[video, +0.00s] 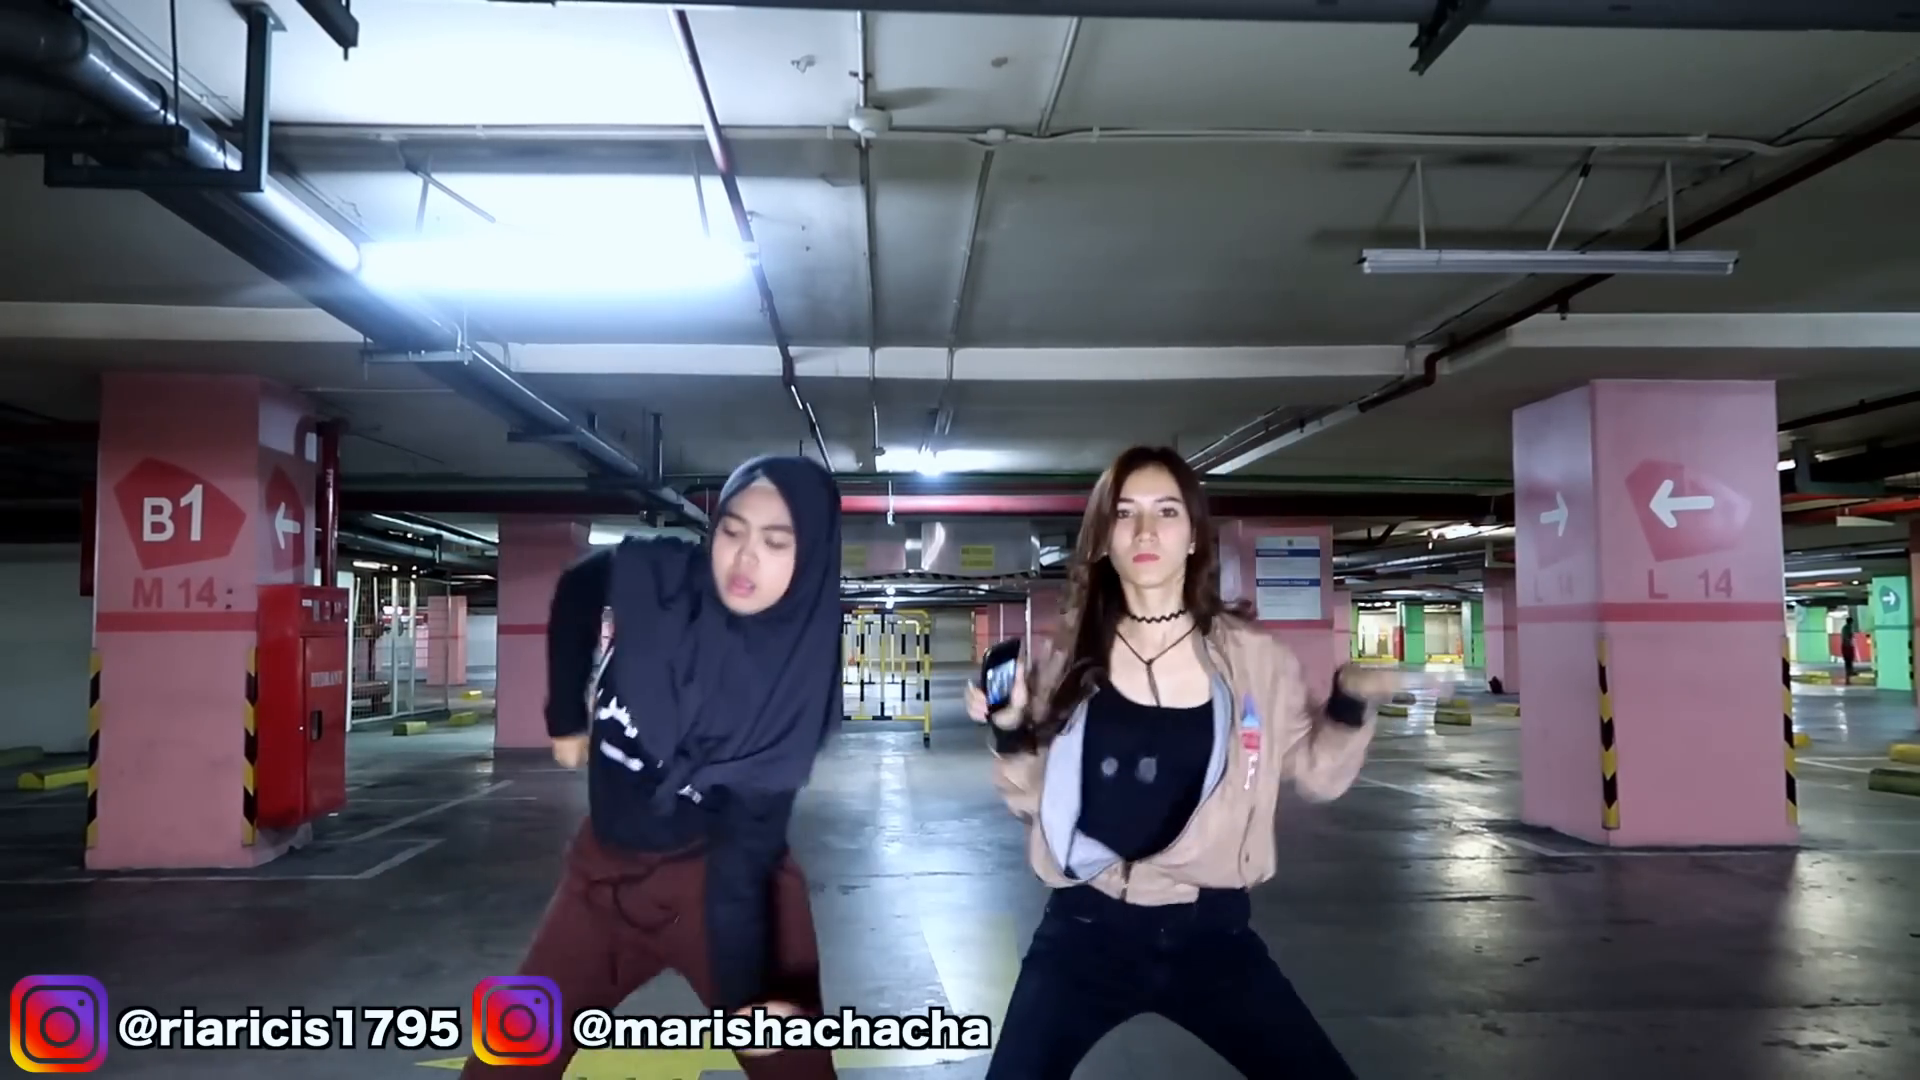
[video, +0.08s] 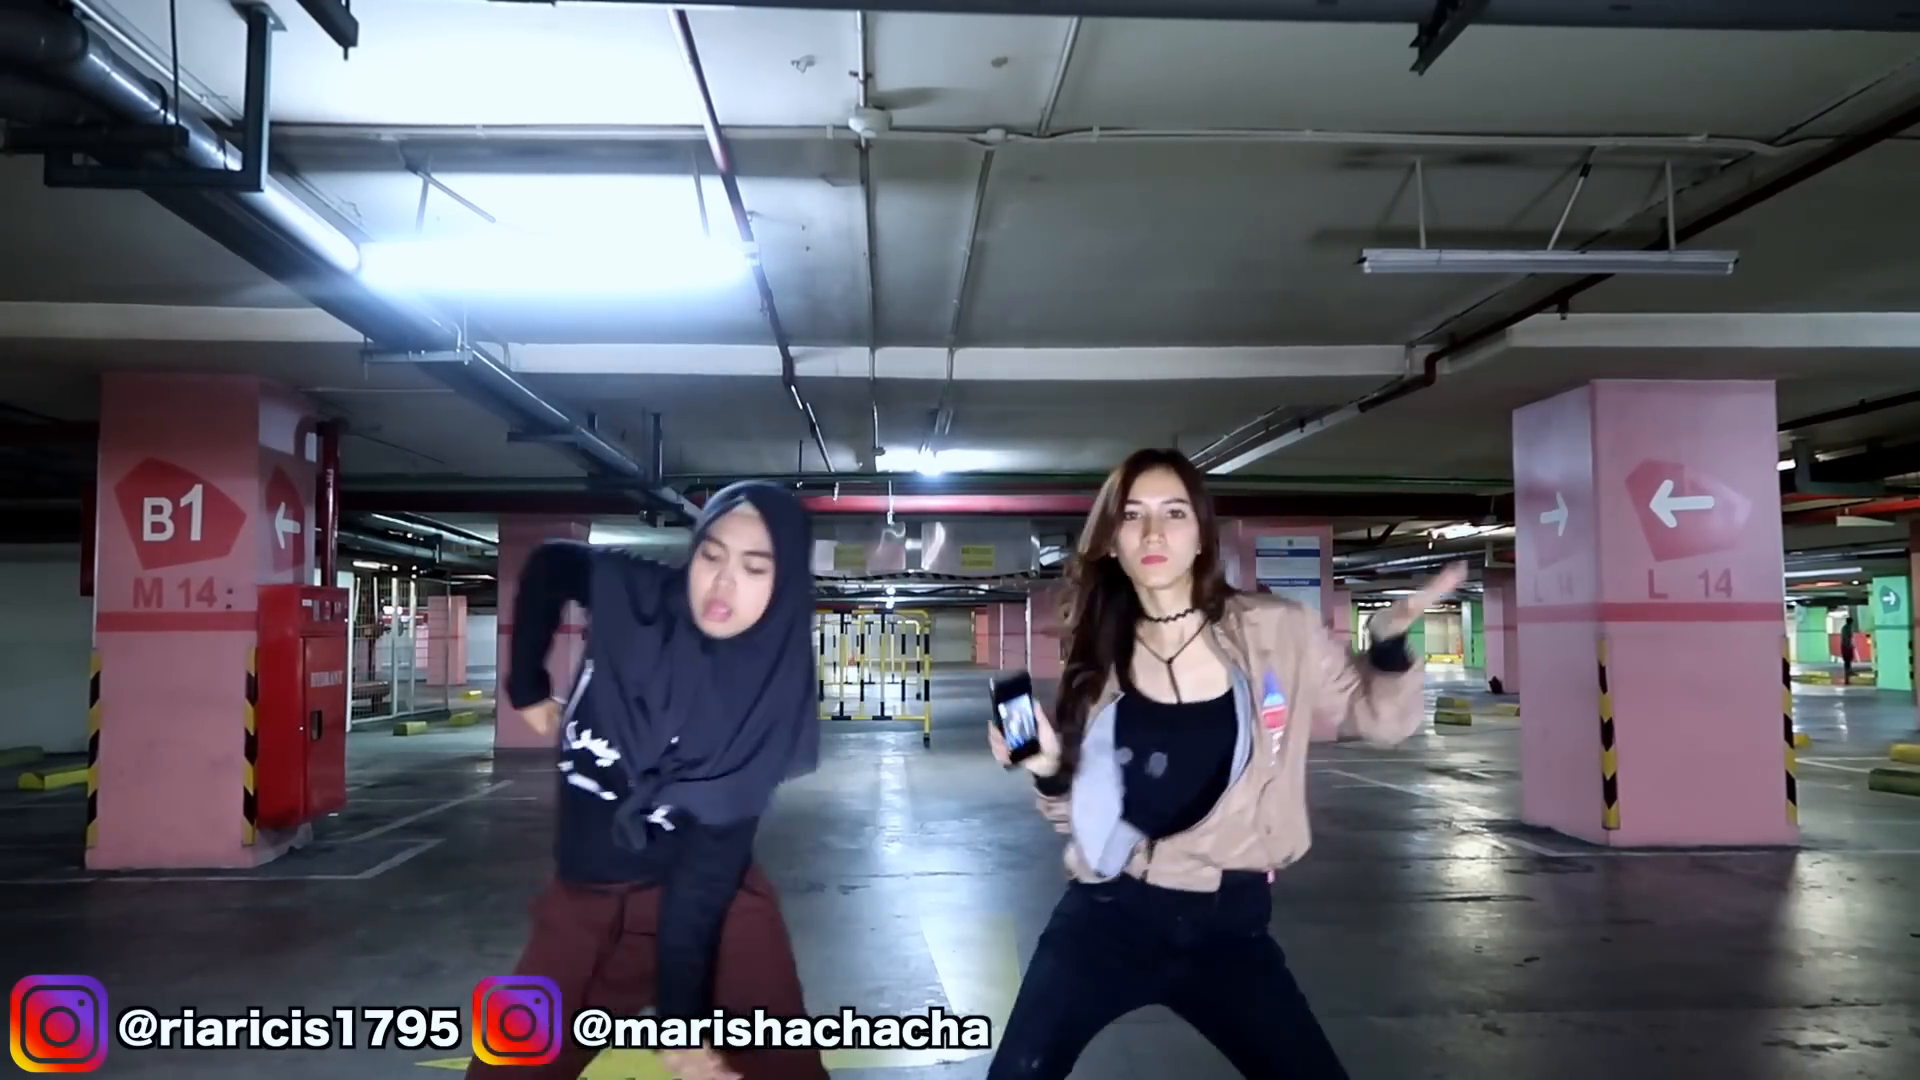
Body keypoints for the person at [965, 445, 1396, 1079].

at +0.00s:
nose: (1144, 531)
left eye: (1166, 513)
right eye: (1126, 513)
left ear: (1195, 536)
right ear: (1104, 537)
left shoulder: (1257, 658)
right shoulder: (1065, 657)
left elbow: (1318, 779)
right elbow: (1029, 802)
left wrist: (1352, 704)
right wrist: (1010, 728)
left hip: (1210, 936)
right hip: (1083, 934)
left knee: (1323, 1074)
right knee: (1014, 1072)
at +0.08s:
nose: (1152, 534)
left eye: (1173, 515)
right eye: (1133, 516)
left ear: (1202, 532)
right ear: (1109, 539)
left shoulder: (1281, 632)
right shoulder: (1096, 655)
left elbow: (1384, 725)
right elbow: (1077, 826)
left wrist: (1390, 642)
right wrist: (1050, 770)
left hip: (1225, 928)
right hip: (1101, 921)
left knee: (1317, 1074)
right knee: (1018, 1070)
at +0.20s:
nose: (1188, 499)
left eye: (1207, 480)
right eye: (1168, 486)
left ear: (1239, 498)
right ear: (1148, 511)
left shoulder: (1318, 600)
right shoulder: (1122, 614)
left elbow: (1449, 657)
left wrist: (1441, 593)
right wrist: (1055, 755)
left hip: (1265, 896)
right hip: (1138, 891)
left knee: (1362, 1071)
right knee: (1049, 1064)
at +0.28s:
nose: (1202, 482)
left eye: (1221, 462)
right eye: (1184, 468)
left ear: (1256, 480)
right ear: (1166, 490)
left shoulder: (1317, 595)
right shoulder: (1117, 590)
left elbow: (1439, 657)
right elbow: (1035, 649)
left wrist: (1440, 599)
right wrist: (1029, 728)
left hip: (1274, 878)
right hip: (1150, 879)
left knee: (1360, 1065)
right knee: (1067, 1062)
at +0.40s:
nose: (1186, 479)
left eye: (1207, 461)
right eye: (1169, 465)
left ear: (1242, 480)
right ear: (1152, 487)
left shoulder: (1280, 605)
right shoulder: (1101, 577)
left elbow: (1369, 712)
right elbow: (1006, 620)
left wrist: (1380, 655)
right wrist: (971, 708)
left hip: (1260, 880)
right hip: (1136, 883)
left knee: (1372, 1059)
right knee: (1066, 1066)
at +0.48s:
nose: (1171, 491)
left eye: (1192, 471)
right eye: (1154, 476)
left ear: (1227, 491)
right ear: (1137, 499)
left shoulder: (1267, 613)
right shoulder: (1103, 599)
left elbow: (1371, 729)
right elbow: (1026, 669)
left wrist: (1333, 664)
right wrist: (954, 727)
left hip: (1248, 891)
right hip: (1128, 891)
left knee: (1372, 1067)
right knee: (1049, 1065)